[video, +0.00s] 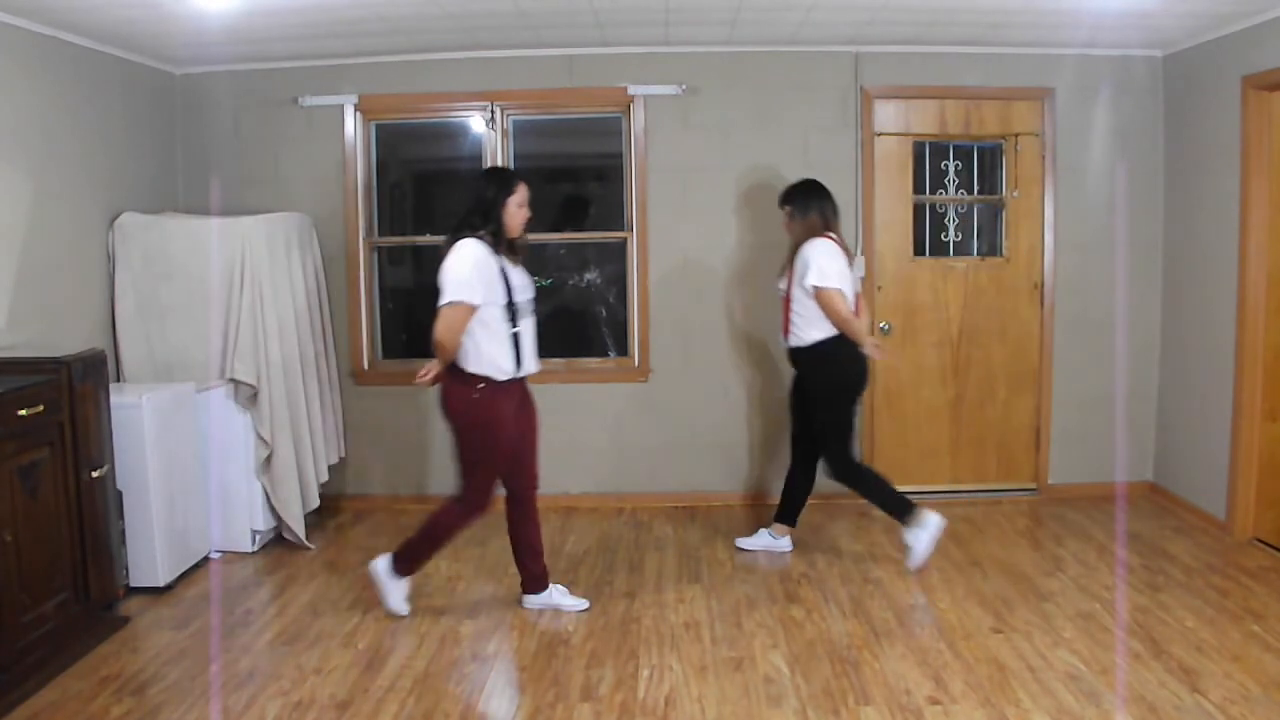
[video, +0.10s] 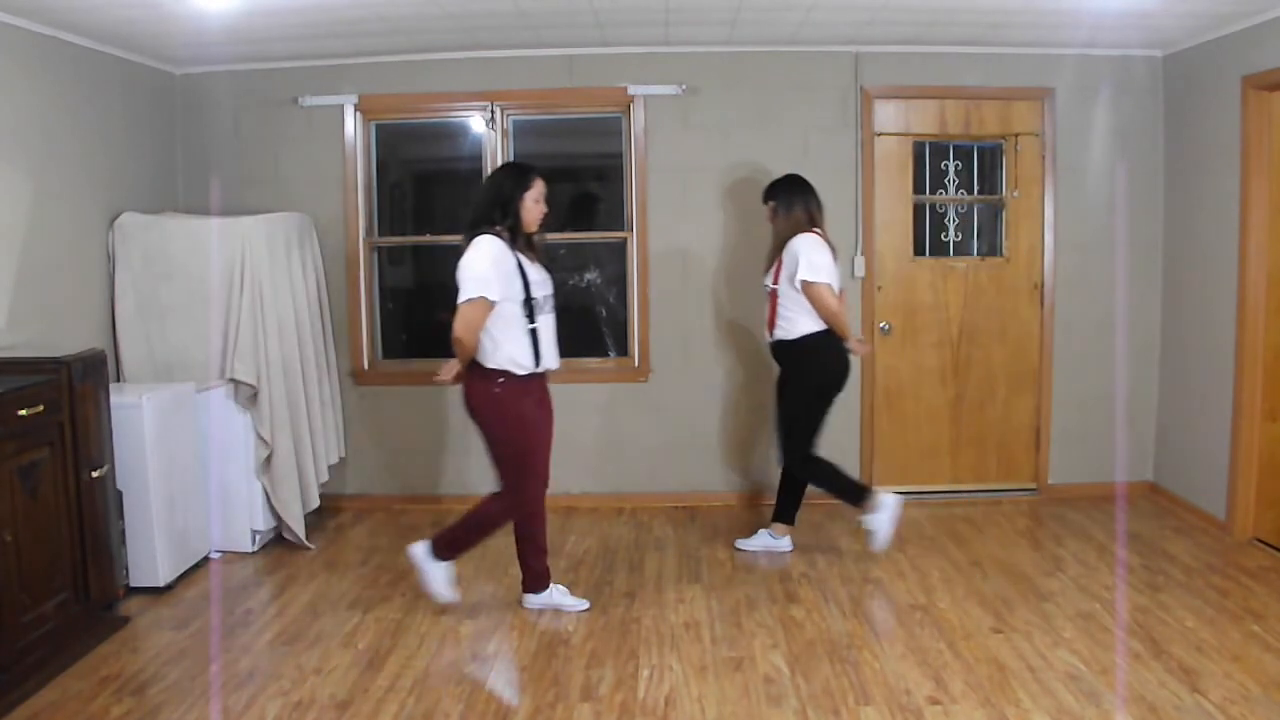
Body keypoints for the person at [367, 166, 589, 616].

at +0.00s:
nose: (527, 214)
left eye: (527, 205)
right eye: (519, 206)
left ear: (513, 209)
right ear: (494, 207)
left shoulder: (506, 257)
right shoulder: (469, 255)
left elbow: (491, 323)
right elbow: (446, 334)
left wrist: (445, 361)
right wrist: (447, 362)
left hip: (512, 392)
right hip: (476, 394)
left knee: (522, 493)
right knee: (475, 497)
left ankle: (536, 588)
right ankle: (395, 568)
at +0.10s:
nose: (544, 209)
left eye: (544, 200)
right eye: (536, 200)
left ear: (524, 203)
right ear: (511, 201)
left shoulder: (521, 252)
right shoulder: (486, 250)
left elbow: (508, 321)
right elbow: (465, 331)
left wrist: (463, 361)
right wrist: (464, 361)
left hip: (530, 384)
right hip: (498, 386)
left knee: (533, 490)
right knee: (522, 490)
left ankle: (537, 587)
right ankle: (435, 553)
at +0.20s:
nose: (557, 209)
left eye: (558, 200)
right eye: (551, 199)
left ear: (539, 201)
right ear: (525, 200)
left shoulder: (534, 250)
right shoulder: (500, 248)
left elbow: (519, 319)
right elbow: (477, 326)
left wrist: (481, 360)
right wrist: (480, 360)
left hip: (540, 381)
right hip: (515, 383)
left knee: (535, 486)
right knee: (553, 488)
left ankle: (537, 587)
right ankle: (477, 555)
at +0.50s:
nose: (594, 212)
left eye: (594, 203)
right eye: (588, 202)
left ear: (571, 203)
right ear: (564, 202)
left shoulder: (567, 251)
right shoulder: (539, 248)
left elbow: (532, 319)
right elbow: (513, 325)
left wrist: (504, 359)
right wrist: (507, 359)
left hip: (560, 380)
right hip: (545, 382)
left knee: (541, 484)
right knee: (600, 477)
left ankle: (538, 583)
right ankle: (532, 556)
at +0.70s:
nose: (615, 216)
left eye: (616, 206)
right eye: (611, 206)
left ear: (589, 205)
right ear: (587, 204)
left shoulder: (582, 253)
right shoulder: (559, 249)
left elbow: (547, 322)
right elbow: (535, 326)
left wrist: (521, 358)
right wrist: (521, 360)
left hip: (571, 380)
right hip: (564, 382)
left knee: (547, 487)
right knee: (628, 470)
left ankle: (536, 586)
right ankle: (595, 571)